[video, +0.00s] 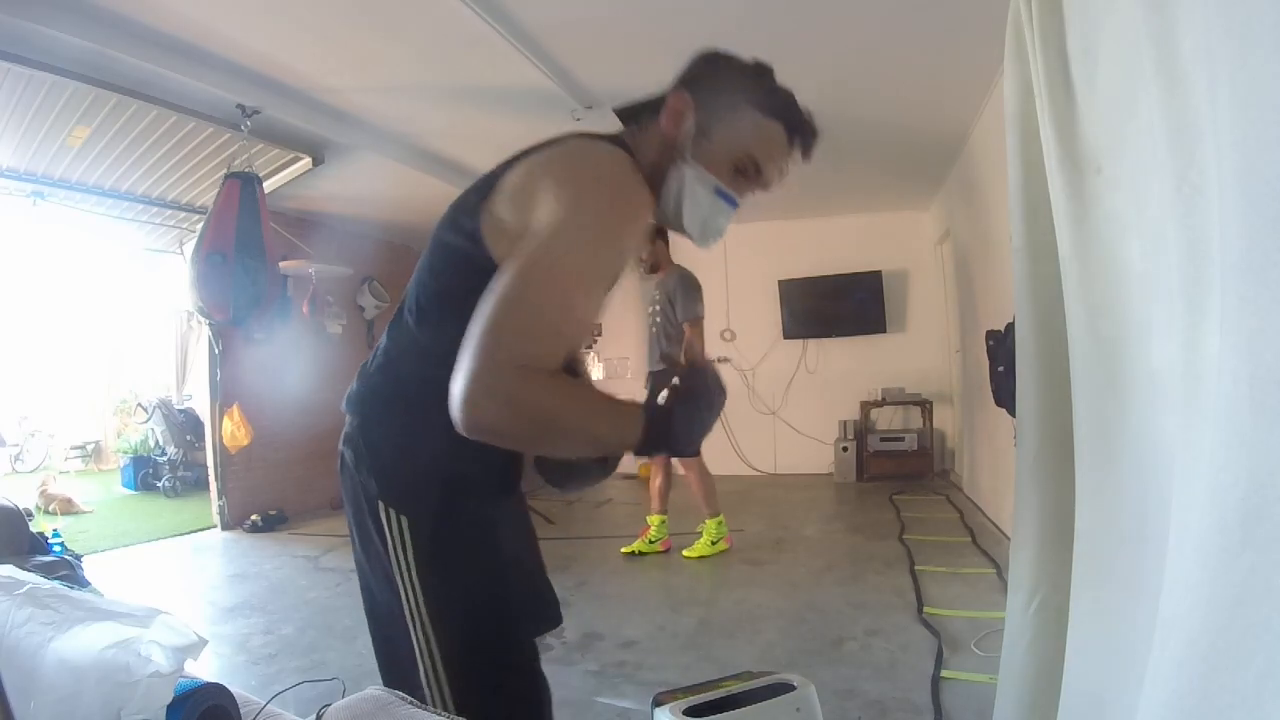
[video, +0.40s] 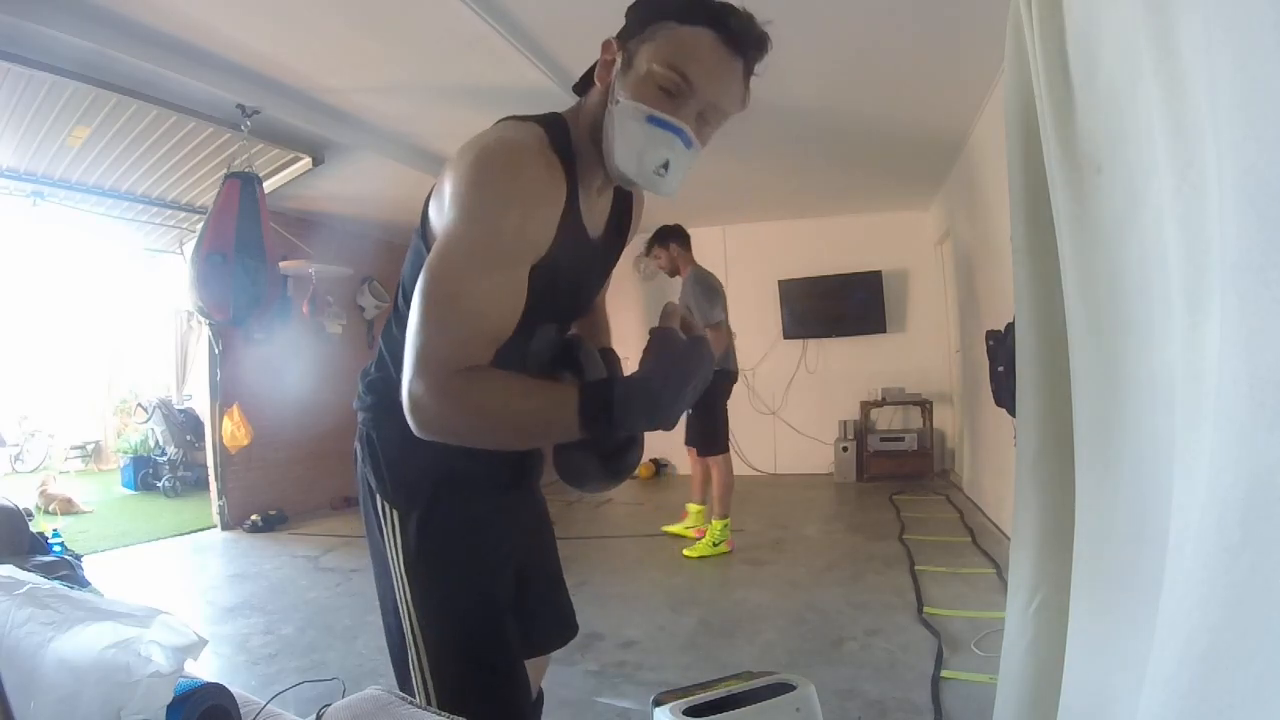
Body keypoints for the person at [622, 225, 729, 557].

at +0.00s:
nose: (639, 257)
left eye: (644, 249)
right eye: (636, 250)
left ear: (662, 245)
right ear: (638, 251)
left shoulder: (682, 281)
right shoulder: (651, 284)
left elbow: (694, 333)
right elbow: (656, 333)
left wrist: (687, 378)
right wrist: (653, 375)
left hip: (682, 376)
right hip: (657, 377)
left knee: (688, 456)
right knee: (658, 456)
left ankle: (716, 529)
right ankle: (657, 530)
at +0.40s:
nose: (658, 266)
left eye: (658, 258)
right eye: (655, 260)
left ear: (675, 249)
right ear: (676, 252)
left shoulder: (701, 281)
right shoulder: (690, 283)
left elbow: (720, 336)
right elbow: (696, 333)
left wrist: (695, 373)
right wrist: (682, 367)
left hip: (717, 373)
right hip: (705, 372)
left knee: (716, 452)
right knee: (695, 446)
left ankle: (721, 532)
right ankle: (696, 517)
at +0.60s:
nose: (670, 265)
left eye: (671, 257)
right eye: (669, 258)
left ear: (686, 251)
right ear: (693, 252)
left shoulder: (705, 284)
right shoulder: (717, 282)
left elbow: (711, 339)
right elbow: (718, 337)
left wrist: (685, 376)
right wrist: (686, 367)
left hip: (717, 375)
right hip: (725, 374)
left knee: (717, 454)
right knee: (722, 450)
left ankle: (719, 533)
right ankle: (738, 512)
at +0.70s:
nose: (678, 267)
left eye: (678, 259)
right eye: (676, 260)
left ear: (690, 253)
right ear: (702, 253)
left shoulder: (707, 285)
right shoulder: (727, 284)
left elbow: (712, 336)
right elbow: (728, 335)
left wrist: (687, 371)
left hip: (715, 375)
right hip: (731, 375)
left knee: (718, 454)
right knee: (730, 448)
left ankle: (719, 533)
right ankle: (748, 513)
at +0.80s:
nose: (684, 270)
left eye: (685, 262)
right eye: (683, 264)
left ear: (696, 255)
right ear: (708, 256)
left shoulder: (708, 286)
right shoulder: (734, 286)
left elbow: (710, 336)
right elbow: (749, 342)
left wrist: (686, 371)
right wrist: (746, 379)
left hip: (718, 378)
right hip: (738, 378)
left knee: (719, 456)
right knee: (738, 449)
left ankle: (718, 533)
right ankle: (750, 515)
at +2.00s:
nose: (665, 279)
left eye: (666, 273)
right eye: (666, 273)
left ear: (673, 272)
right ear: (683, 269)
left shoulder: (671, 300)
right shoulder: (705, 297)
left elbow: (668, 344)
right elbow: (721, 339)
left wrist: (661, 376)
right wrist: (723, 374)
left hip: (684, 375)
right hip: (708, 375)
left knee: (683, 442)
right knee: (701, 439)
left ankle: (687, 508)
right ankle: (729, 489)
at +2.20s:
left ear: (653, 279)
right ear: (670, 273)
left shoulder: (656, 302)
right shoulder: (694, 297)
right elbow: (711, 337)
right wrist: (716, 369)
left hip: (675, 374)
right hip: (697, 374)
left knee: (678, 438)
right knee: (682, 437)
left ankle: (687, 507)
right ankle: (693, 498)